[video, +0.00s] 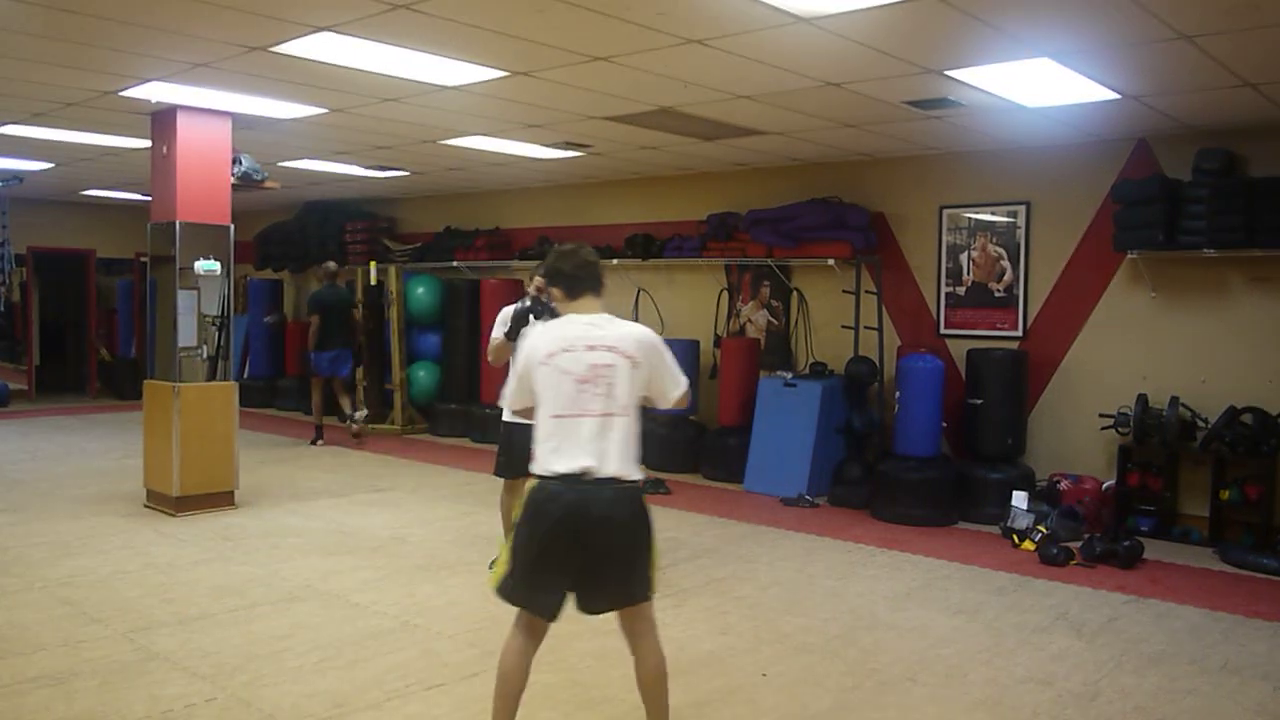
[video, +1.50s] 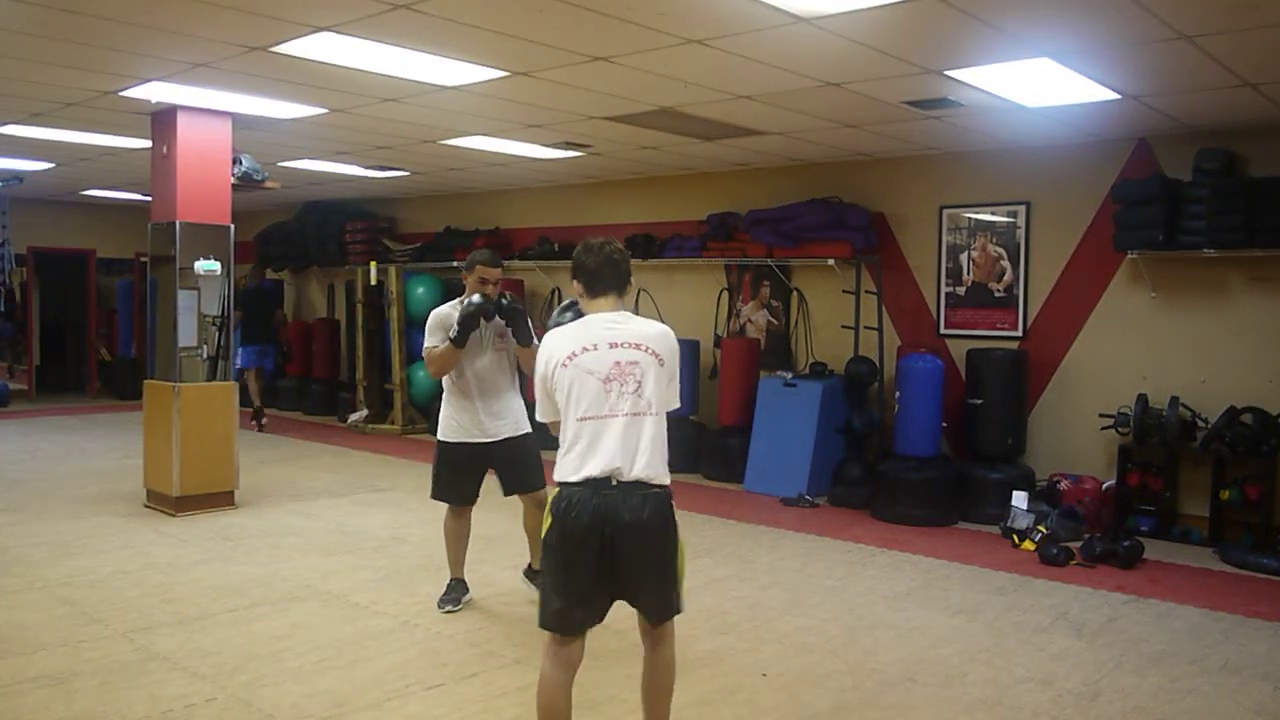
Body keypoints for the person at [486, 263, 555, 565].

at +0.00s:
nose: (539, 295)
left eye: (546, 291)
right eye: (536, 288)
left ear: (557, 292)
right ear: (528, 283)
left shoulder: (566, 320)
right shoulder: (511, 313)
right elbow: (495, 356)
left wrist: (554, 320)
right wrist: (517, 327)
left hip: (556, 414)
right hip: (518, 413)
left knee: (554, 485)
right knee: (513, 485)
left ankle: (549, 553)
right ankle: (510, 548)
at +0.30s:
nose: (543, 299)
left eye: (550, 294)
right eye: (537, 292)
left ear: (558, 294)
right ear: (526, 288)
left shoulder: (567, 323)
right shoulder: (504, 320)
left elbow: (577, 375)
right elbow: (492, 367)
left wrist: (568, 337)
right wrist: (515, 337)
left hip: (554, 423)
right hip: (511, 423)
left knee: (559, 492)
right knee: (511, 489)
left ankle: (572, 568)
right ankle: (510, 548)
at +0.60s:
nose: (553, 296)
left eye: (560, 290)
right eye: (548, 288)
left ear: (570, 288)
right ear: (537, 283)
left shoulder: (583, 321)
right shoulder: (517, 314)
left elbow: (587, 376)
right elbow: (500, 362)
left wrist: (577, 334)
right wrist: (523, 333)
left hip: (561, 423)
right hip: (515, 420)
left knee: (565, 498)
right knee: (492, 490)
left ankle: (572, 574)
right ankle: (504, 535)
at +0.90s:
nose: (544, 294)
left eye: (552, 288)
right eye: (538, 285)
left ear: (559, 288)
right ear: (525, 281)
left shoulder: (571, 322)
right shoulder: (499, 317)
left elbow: (585, 382)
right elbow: (475, 370)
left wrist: (563, 360)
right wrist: (497, 359)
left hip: (551, 433)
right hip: (501, 432)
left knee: (561, 502)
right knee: (482, 502)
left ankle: (572, 575)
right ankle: (457, 579)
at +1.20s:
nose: (503, 291)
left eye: (510, 285)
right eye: (496, 282)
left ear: (517, 284)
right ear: (482, 277)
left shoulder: (529, 316)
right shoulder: (457, 316)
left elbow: (545, 374)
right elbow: (438, 371)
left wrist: (530, 352)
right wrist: (471, 353)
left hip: (522, 427)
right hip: (470, 430)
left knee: (545, 498)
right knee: (464, 505)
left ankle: (559, 566)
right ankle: (457, 581)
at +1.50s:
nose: (489, 290)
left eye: (495, 283)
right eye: (482, 282)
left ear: (501, 283)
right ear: (465, 278)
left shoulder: (511, 314)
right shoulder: (442, 317)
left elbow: (532, 367)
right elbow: (435, 369)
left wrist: (520, 327)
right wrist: (462, 330)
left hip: (511, 426)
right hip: (460, 431)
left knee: (537, 498)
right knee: (459, 508)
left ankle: (537, 567)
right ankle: (456, 581)